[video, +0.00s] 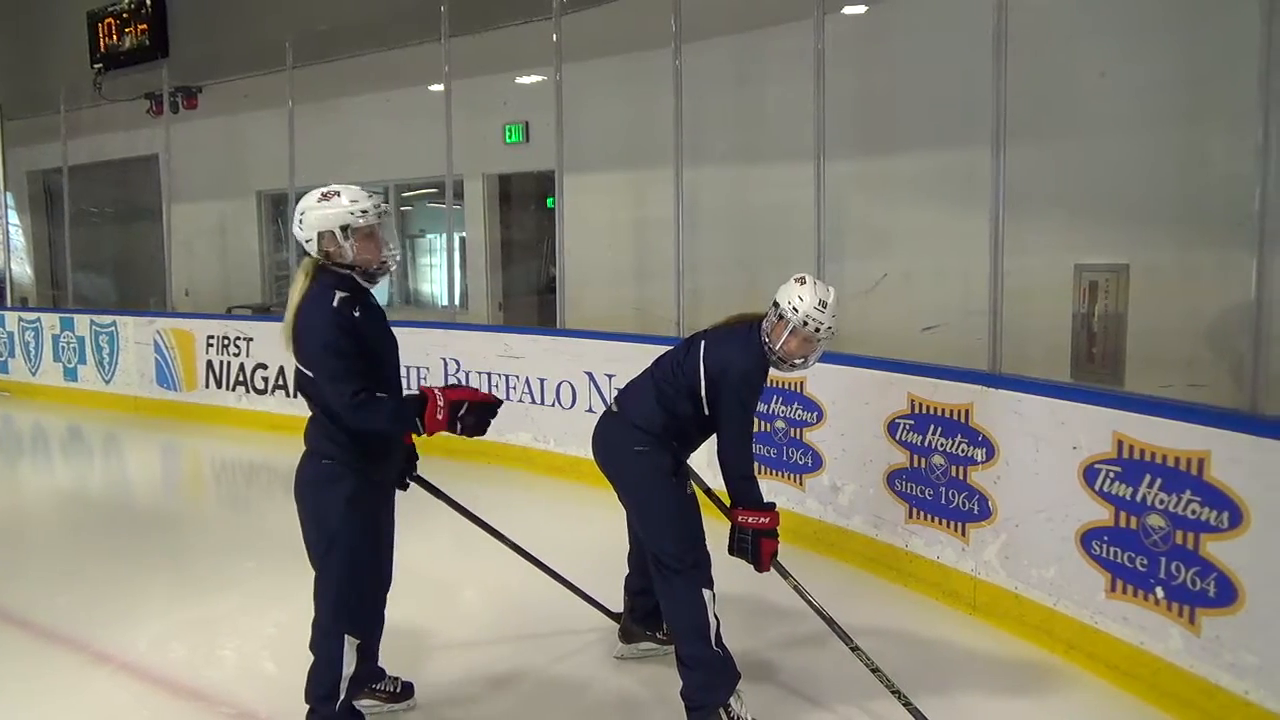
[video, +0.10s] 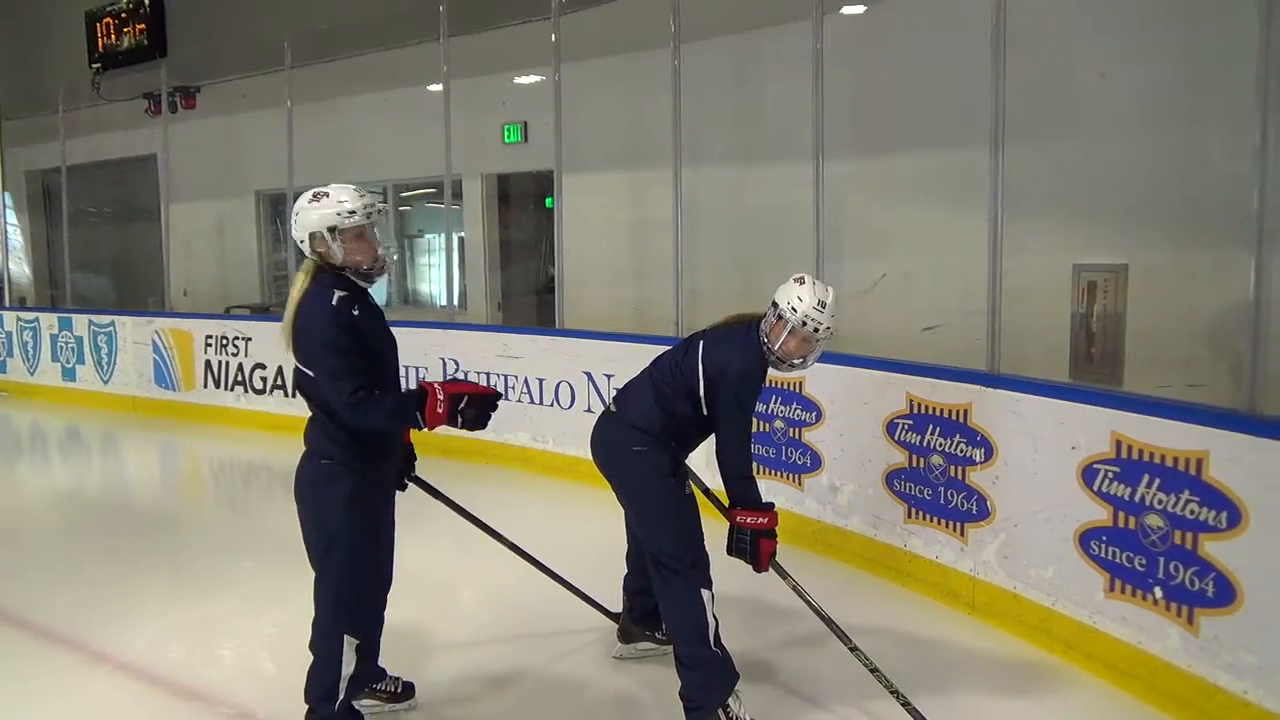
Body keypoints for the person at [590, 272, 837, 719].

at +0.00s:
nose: (794, 345)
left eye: (806, 339)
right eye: (791, 331)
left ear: (819, 344)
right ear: (774, 320)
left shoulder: (744, 336)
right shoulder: (744, 361)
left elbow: (682, 379)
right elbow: (734, 447)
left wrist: (673, 445)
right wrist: (753, 515)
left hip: (625, 433)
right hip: (642, 445)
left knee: (652, 534)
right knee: (686, 566)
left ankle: (641, 623)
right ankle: (710, 702)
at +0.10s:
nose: (790, 344)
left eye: (803, 338)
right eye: (786, 330)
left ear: (817, 344)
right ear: (772, 318)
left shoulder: (742, 336)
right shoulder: (742, 361)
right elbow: (733, 446)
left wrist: (670, 447)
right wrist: (752, 515)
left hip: (622, 433)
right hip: (641, 445)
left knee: (650, 532)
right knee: (685, 567)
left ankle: (640, 622)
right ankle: (709, 702)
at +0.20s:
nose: (792, 345)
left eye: (804, 339)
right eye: (788, 331)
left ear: (817, 344)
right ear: (771, 319)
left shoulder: (741, 337)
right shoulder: (741, 361)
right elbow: (732, 447)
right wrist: (750, 516)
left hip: (622, 433)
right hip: (638, 445)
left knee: (649, 531)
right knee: (683, 567)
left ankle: (639, 621)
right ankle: (707, 703)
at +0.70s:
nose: (785, 347)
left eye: (797, 340)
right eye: (782, 333)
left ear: (810, 343)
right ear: (764, 320)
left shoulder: (735, 338)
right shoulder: (733, 361)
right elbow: (724, 446)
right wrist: (742, 516)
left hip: (616, 434)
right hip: (631, 445)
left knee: (643, 532)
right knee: (676, 567)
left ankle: (633, 621)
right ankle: (701, 703)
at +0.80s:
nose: (785, 346)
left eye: (797, 340)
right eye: (781, 333)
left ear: (809, 343)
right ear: (762, 320)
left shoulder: (733, 338)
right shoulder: (732, 361)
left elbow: (723, 436)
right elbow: (723, 447)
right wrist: (742, 516)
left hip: (614, 434)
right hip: (628, 445)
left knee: (641, 532)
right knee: (675, 567)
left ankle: (632, 622)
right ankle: (700, 703)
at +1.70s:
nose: (777, 347)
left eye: (790, 341)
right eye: (773, 333)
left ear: (803, 343)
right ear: (756, 320)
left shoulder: (727, 340)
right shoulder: (725, 362)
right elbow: (715, 449)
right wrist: (734, 517)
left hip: (606, 434)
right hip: (620, 445)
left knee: (633, 532)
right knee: (665, 569)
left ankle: (624, 621)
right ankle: (690, 703)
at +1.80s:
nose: (776, 347)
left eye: (789, 340)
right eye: (771, 332)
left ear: (802, 343)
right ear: (755, 319)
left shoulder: (726, 340)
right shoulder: (724, 362)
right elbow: (714, 449)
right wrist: (733, 517)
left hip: (607, 434)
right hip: (619, 445)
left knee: (632, 533)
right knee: (665, 569)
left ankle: (624, 623)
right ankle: (690, 703)